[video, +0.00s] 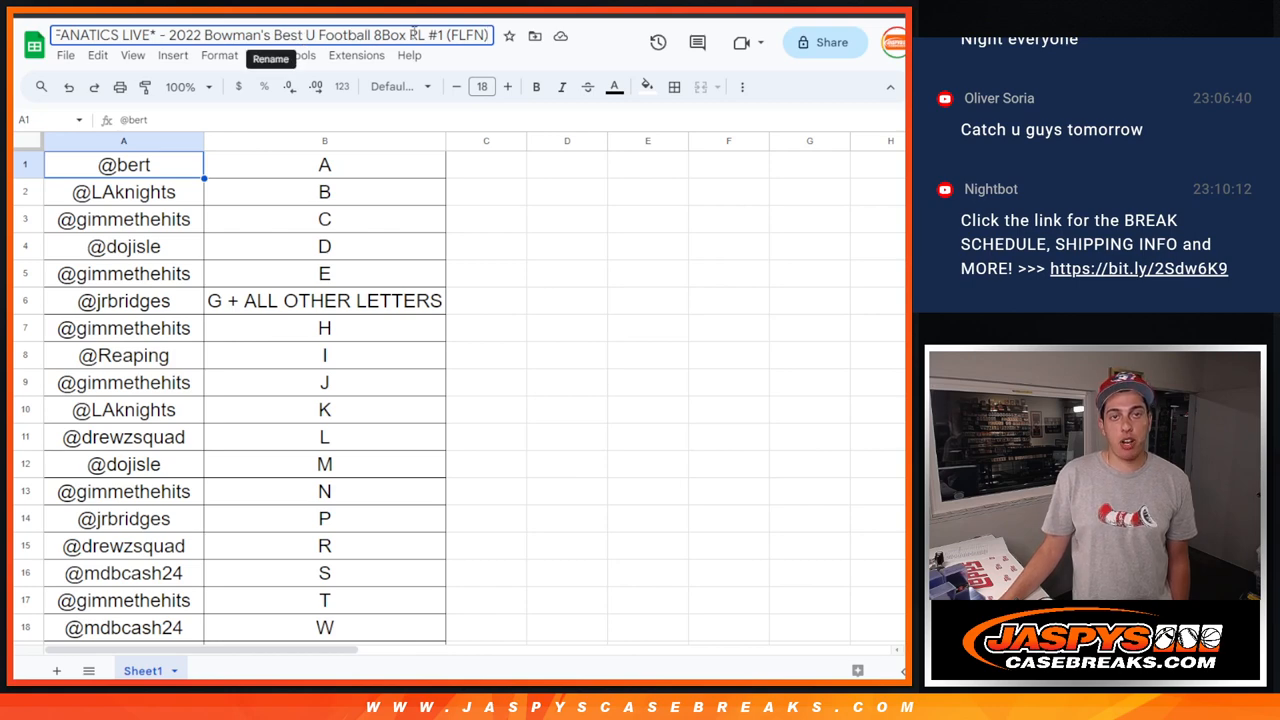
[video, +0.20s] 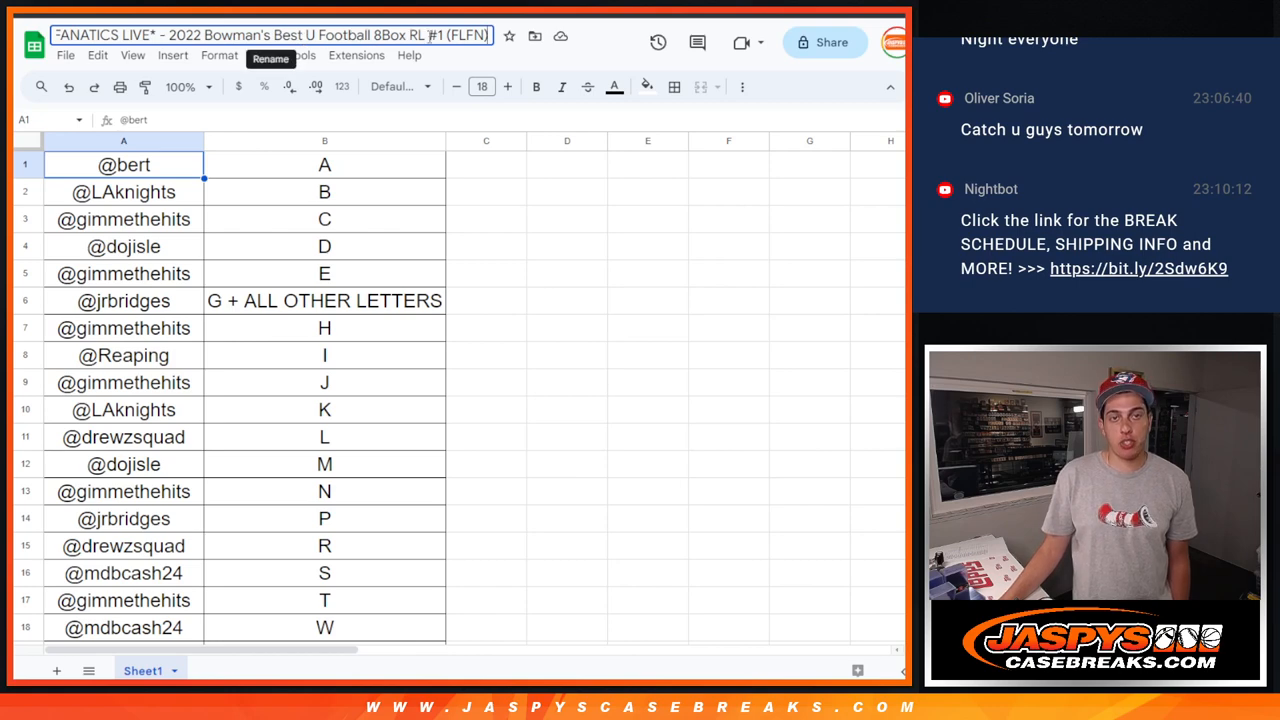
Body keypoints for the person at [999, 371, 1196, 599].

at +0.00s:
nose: (1126, 426)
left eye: (1136, 414)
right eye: (1115, 416)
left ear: (1149, 421)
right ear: (1102, 425)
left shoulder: (1175, 481)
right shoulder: (1074, 475)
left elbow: (1179, 556)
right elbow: (1051, 549)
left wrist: (1179, 610)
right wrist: (1008, 599)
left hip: (1152, 606)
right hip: (1090, 605)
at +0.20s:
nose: (1126, 428)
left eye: (1135, 415)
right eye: (1114, 417)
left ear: (1150, 421)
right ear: (1102, 425)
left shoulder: (1175, 481)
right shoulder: (1074, 475)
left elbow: (1179, 556)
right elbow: (1051, 549)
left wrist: (1179, 610)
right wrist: (1007, 599)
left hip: (1153, 606)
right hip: (1090, 605)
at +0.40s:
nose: (1125, 428)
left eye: (1135, 416)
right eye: (1114, 417)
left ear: (1149, 421)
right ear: (1102, 426)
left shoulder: (1175, 481)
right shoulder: (1074, 475)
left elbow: (1179, 556)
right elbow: (1051, 549)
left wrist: (1179, 610)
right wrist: (1007, 599)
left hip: (1153, 606)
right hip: (1090, 606)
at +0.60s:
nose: (1125, 428)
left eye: (1135, 415)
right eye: (1114, 417)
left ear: (1149, 421)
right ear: (1101, 425)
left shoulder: (1175, 481)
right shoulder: (1074, 476)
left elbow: (1179, 557)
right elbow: (1051, 549)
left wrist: (1179, 610)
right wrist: (1007, 599)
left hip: (1153, 608)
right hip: (1090, 608)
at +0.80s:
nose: (1125, 427)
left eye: (1135, 415)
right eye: (1114, 416)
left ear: (1149, 421)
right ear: (1101, 425)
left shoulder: (1175, 481)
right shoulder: (1074, 476)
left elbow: (1179, 557)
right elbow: (1051, 549)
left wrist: (1179, 610)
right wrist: (1007, 599)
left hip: (1153, 608)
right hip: (1090, 608)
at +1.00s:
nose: (1125, 427)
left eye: (1135, 415)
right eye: (1114, 416)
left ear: (1150, 421)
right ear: (1101, 425)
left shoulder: (1175, 481)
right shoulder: (1074, 476)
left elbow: (1179, 557)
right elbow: (1051, 549)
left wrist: (1179, 611)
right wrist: (1007, 600)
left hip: (1153, 608)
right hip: (1090, 608)